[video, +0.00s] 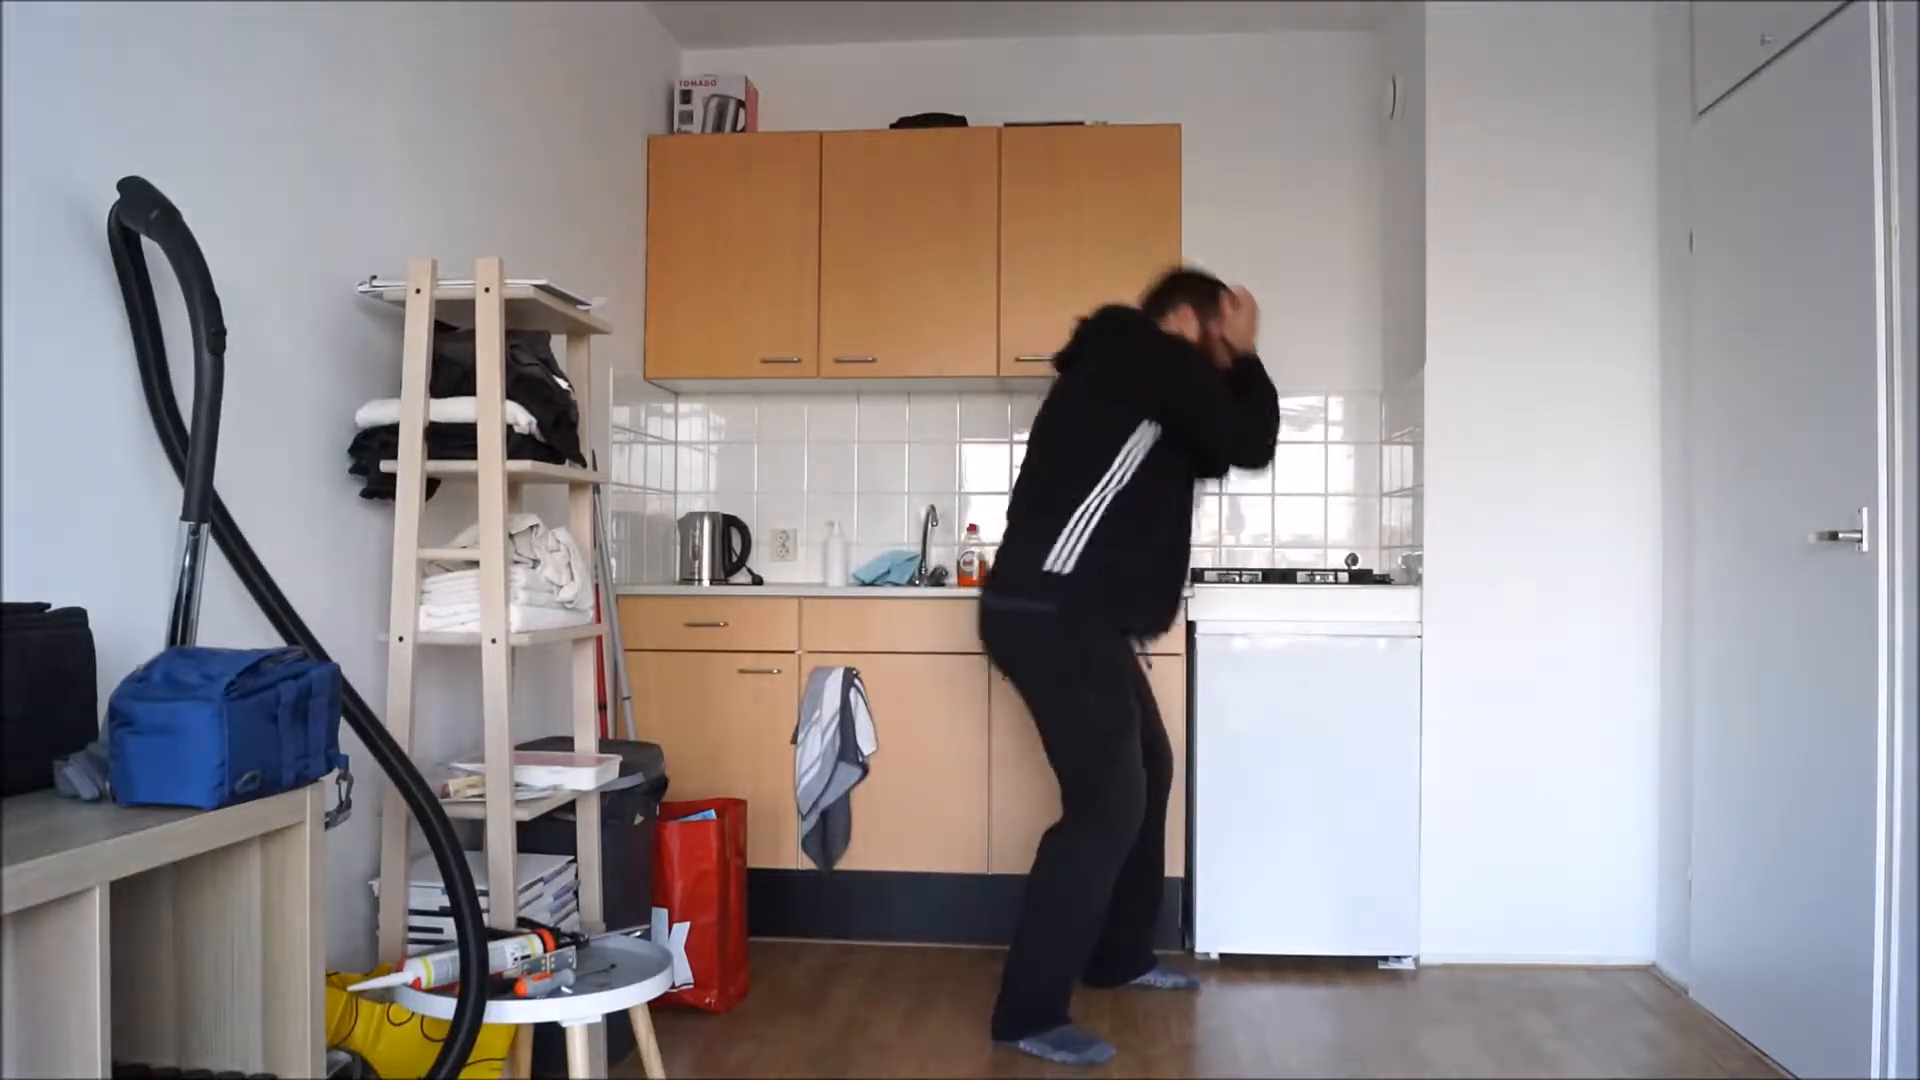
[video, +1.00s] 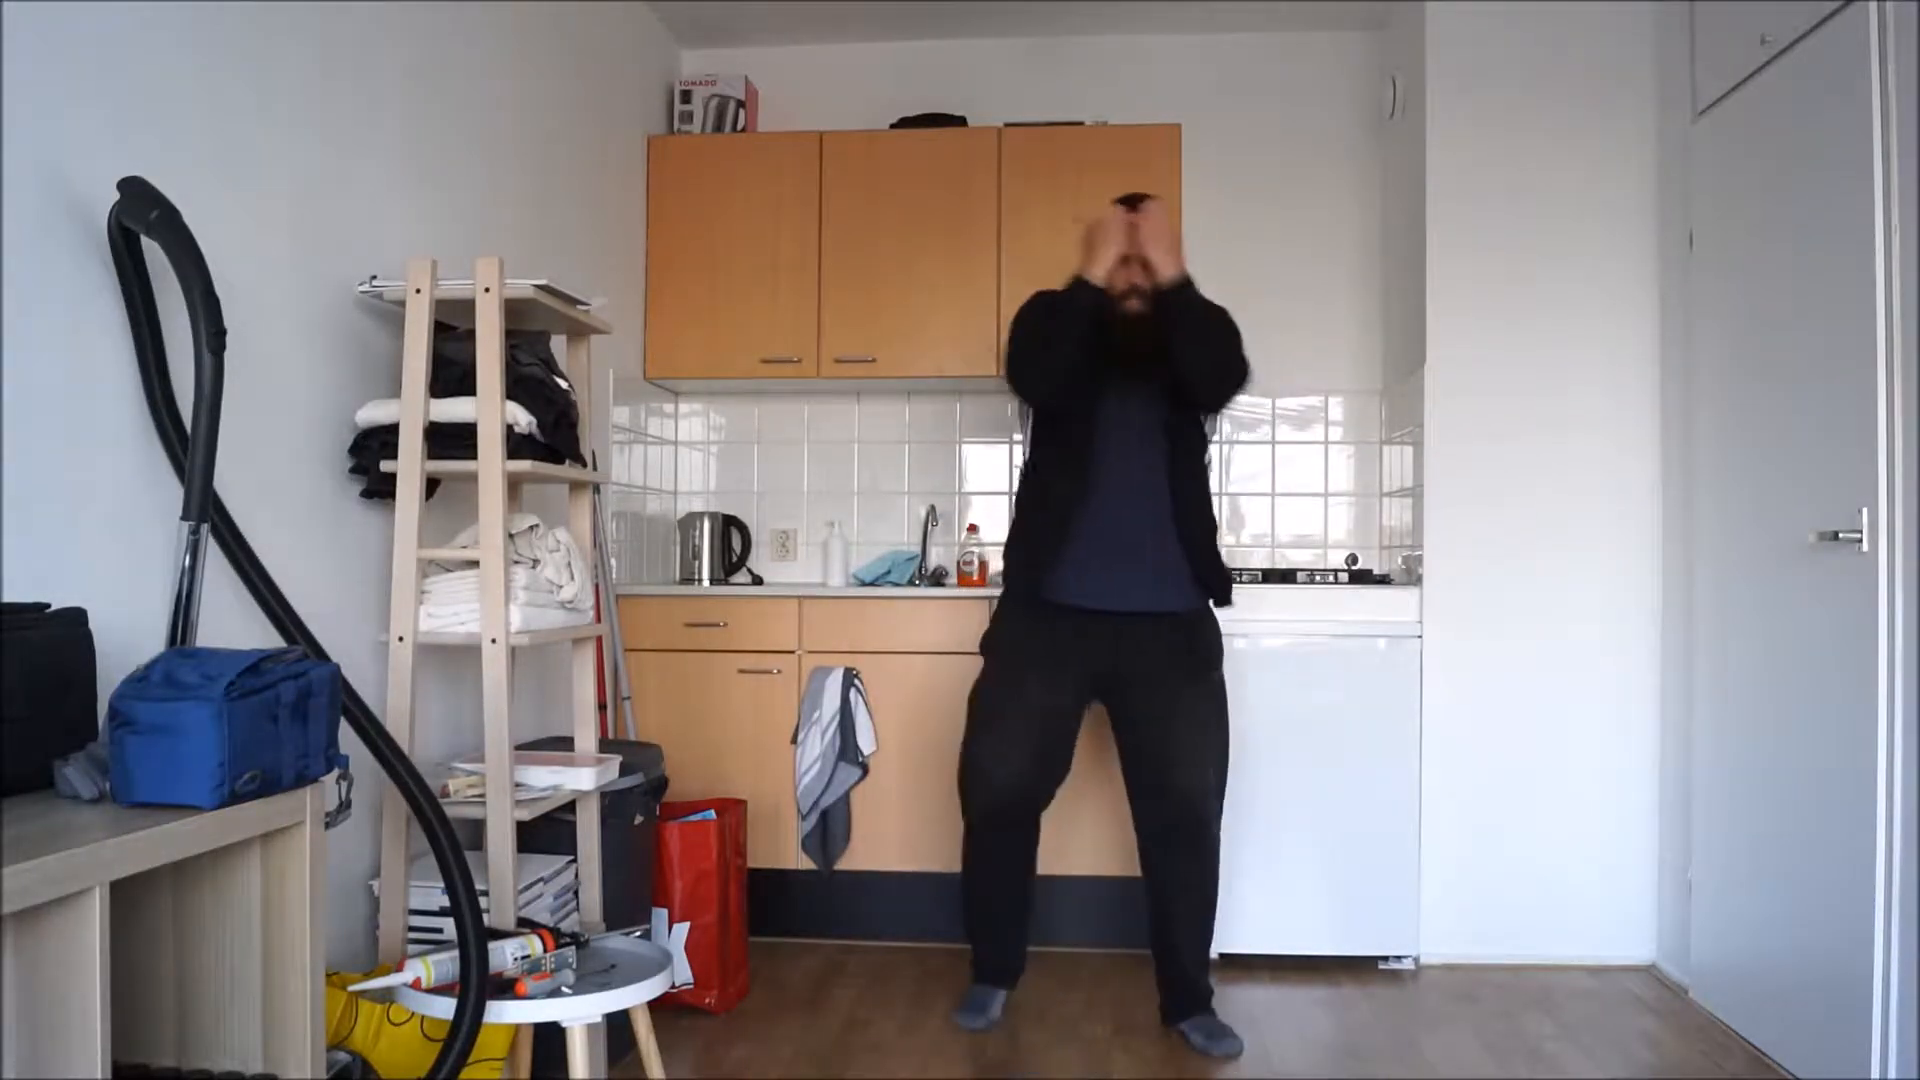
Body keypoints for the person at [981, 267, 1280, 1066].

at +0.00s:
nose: (1221, 349)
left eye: (1222, 335)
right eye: (1217, 333)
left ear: (1164, 314)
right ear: (1183, 320)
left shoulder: (1132, 360)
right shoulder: (1141, 355)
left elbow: (1227, 451)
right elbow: (1248, 441)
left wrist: (1232, 363)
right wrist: (1242, 354)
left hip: (1084, 613)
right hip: (1048, 612)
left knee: (1149, 769)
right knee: (1108, 798)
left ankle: (1119, 957)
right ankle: (1028, 1018)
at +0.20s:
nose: (1258, 450)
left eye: (1261, 440)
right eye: (1260, 437)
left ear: (1215, 412)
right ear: (1226, 415)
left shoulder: (1168, 438)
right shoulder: (1164, 428)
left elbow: (1220, 558)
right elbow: (1236, 560)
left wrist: (1250, 470)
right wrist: (1271, 469)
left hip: (1070, 656)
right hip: (1012, 653)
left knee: (1156, 773)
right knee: (1107, 826)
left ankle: (1119, 959)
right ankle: (1008, 1024)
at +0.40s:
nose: (1252, 426)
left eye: (1256, 414)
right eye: (1249, 411)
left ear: (1202, 400)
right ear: (1201, 392)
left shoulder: (1187, 448)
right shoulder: (1128, 406)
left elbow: (1250, 539)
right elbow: (1202, 527)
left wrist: (1263, 442)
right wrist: (1261, 441)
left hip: (1096, 665)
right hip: (1013, 658)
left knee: (1176, 784)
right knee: (1102, 826)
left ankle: (1120, 962)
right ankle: (1007, 1025)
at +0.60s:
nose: (1207, 301)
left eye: (1213, 286)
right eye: (1196, 282)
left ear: (1169, 295)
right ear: (1143, 284)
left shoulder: (1173, 356)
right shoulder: (1073, 335)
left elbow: (1257, 422)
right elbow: (1163, 408)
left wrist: (1243, 318)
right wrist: (1199, 316)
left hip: (1139, 631)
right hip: (1043, 622)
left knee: (1199, 785)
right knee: (1079, 808)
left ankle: (1153, 964)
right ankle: (1008, 1022)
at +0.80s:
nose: (1190, 233)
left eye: (1197, 229)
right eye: (1172, 222)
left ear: (1199, 266)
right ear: (1128, 255)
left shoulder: (1205, 339)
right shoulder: (1066, 317)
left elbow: (1263, 400)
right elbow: (1115, 382)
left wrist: (1228, 286)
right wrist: (1167, 293)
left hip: (1164, 624)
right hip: (1057, 615)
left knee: (1189, 812)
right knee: (1045, 809)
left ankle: (1189, 1003)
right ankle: (1006, 1020)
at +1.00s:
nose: (1136, 250)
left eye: (1152, 237)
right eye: (1122, 235)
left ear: (1169, 254)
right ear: (1099, 249)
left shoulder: (1195, 327)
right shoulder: (1054, 315)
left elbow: (1221, 380)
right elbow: (1033, 379)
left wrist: (1175, 284)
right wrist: (1090, 284)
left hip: (1168, 623)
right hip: (1047, 613)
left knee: (1184, 812)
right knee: (998, 790)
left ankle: (1189, 999)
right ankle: (993, 972)